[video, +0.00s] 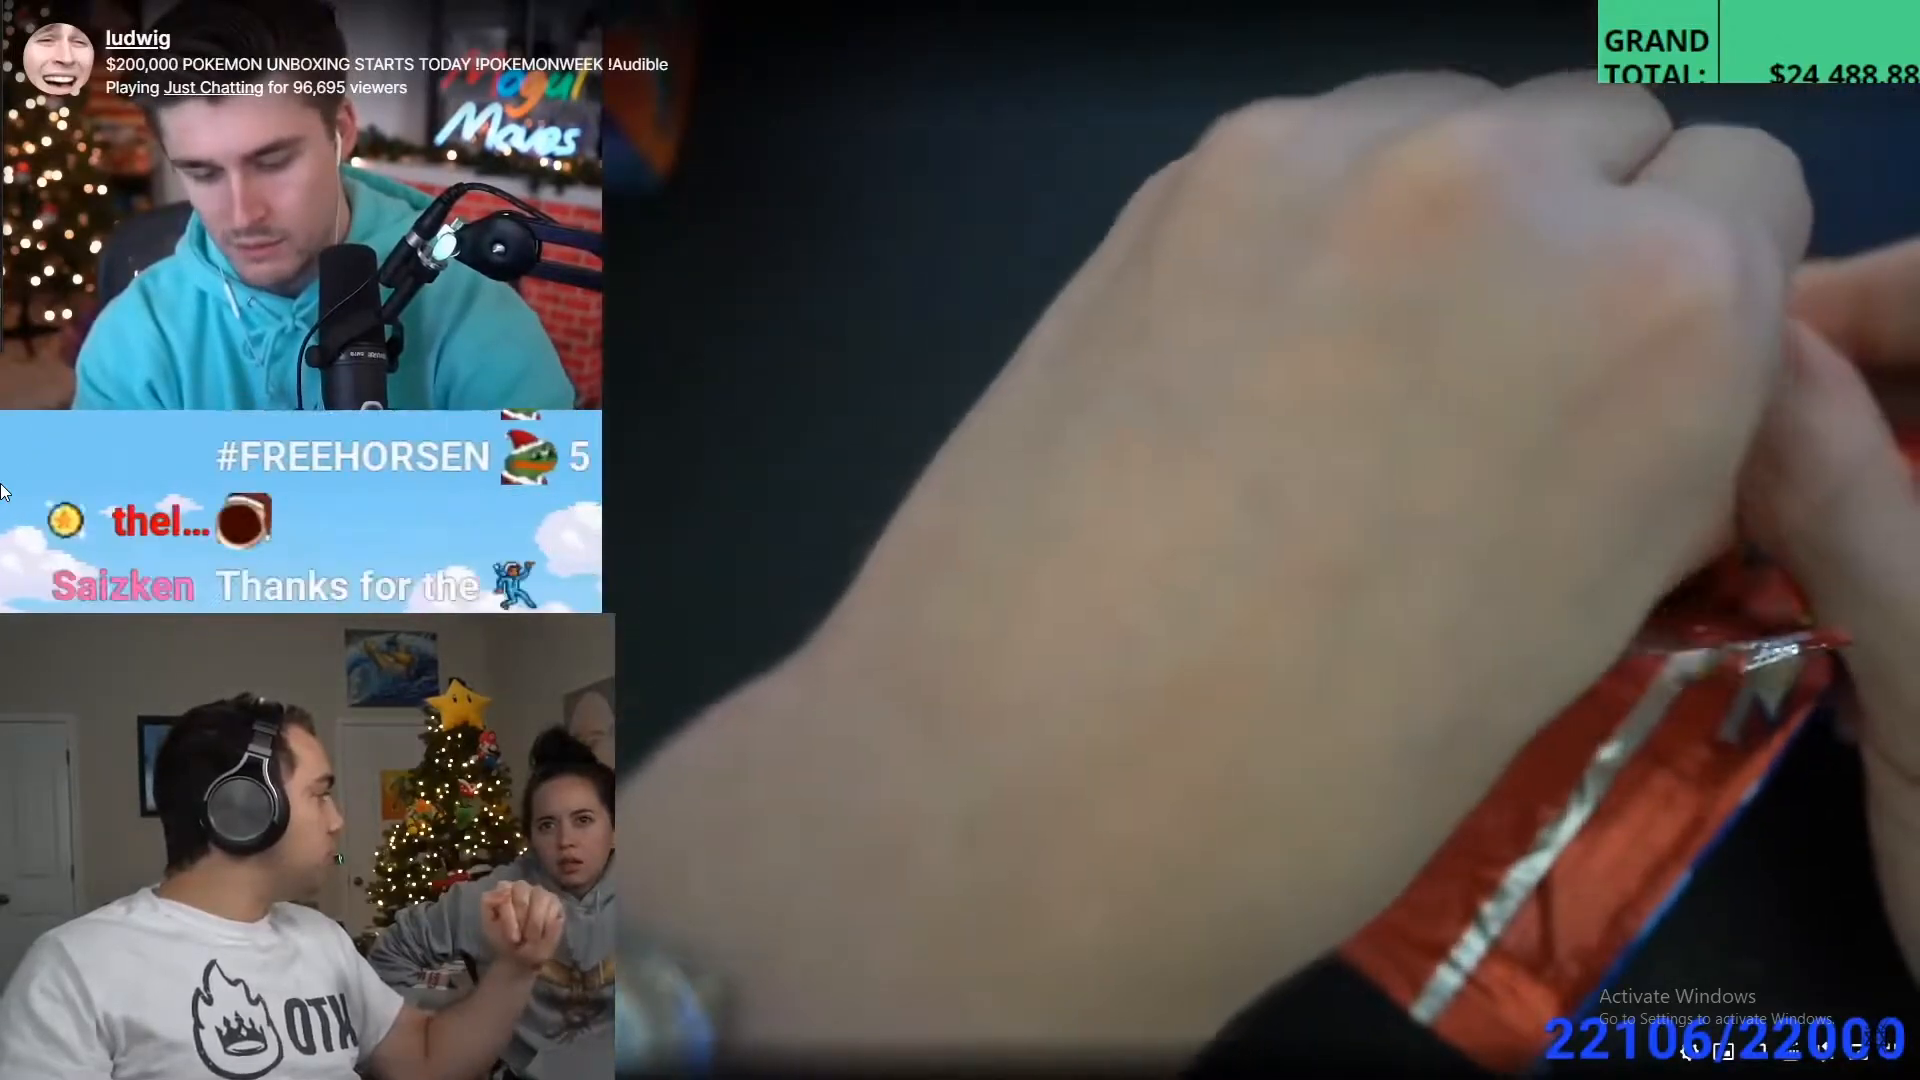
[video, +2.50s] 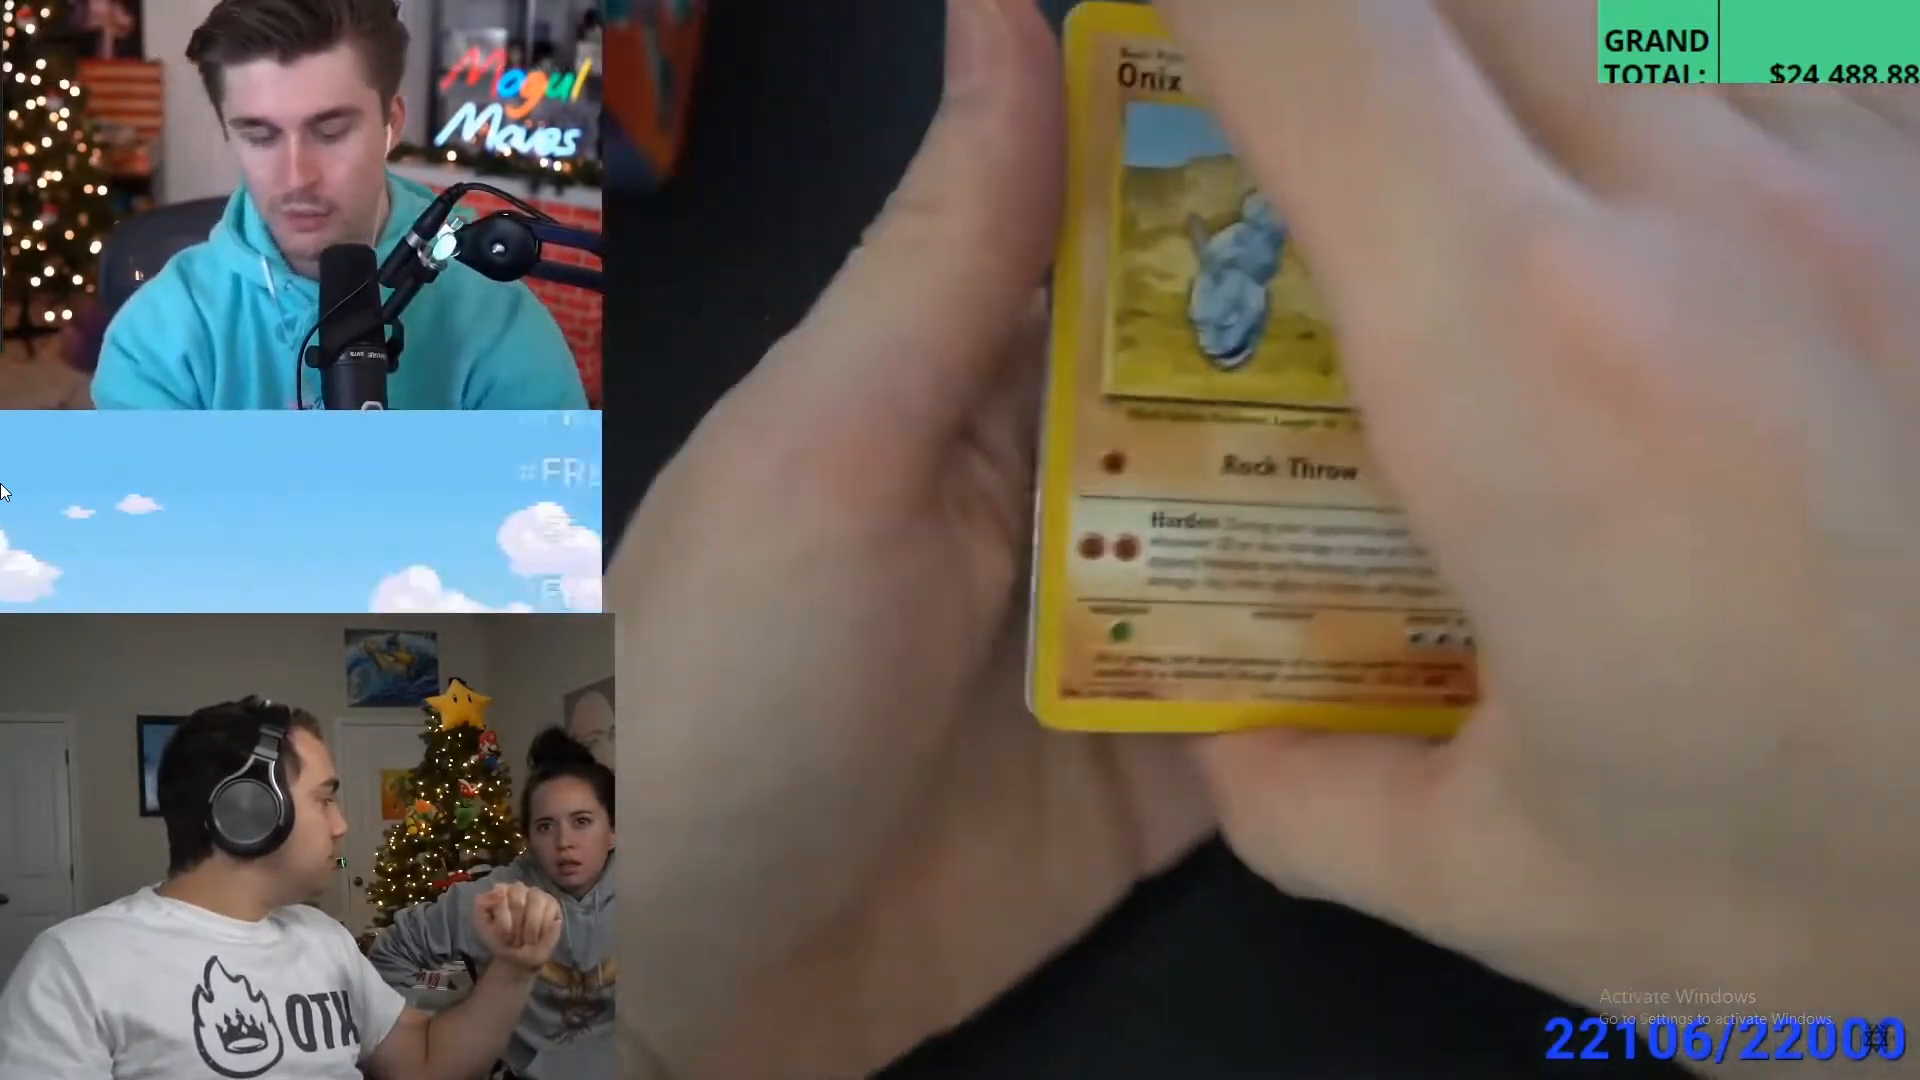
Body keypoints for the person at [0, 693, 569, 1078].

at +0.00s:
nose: (340, 818)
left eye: (332, 794)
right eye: (321, 794)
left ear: (255, 803)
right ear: (241, 805)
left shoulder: (322, 943)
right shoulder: (75, 968)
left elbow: (426, 1057)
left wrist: (514, 967)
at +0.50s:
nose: (340, 818)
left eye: (331, 792)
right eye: (320, 793)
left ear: (256, 804)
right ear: (241, 805)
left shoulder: (322, 943)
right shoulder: (73, 969)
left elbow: (427, 1058)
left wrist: (511, 965)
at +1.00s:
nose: (343, 821)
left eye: (334, 797)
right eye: (324, 798)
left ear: (258, 807)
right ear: (247, 808)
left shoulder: (324, 942)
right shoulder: (75, 968)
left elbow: (425, 1058)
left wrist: (511, 967)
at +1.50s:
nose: (344, 823)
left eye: (336, 798)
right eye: (325, 799)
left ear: (260, 809)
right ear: (250, 810)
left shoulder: (324, 942)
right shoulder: (77, 967)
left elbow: (426, 1059)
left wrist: (511, 967)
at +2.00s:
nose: (344, 824)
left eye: (335, 798)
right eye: (324, 799)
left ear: (259, 808)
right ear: (247, 809)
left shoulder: (325, 943)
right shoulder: (76, 967)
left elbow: (428, 1060)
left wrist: (511, 968)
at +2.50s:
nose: (344, 824)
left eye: (335, 798)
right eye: (324, 799)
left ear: (260, 808)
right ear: (248, 809)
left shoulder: (324, 943)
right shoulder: (76, 967)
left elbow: (428, 1059)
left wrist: (512, 968)